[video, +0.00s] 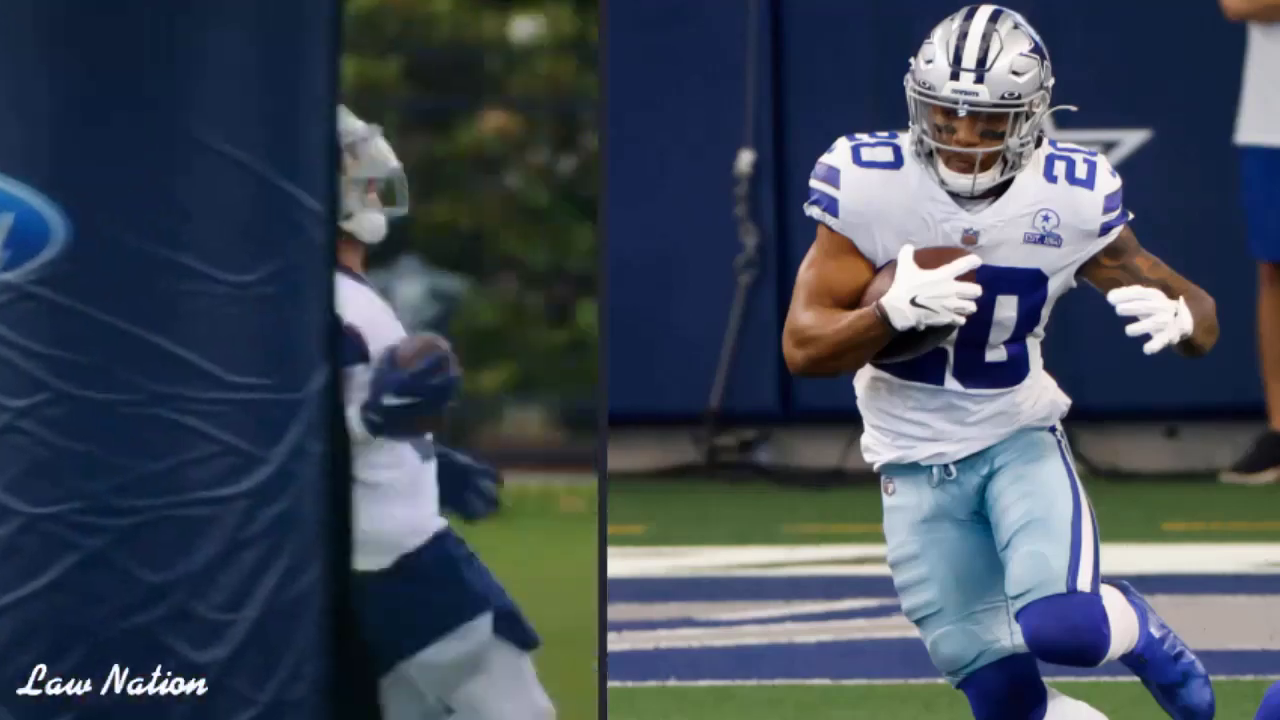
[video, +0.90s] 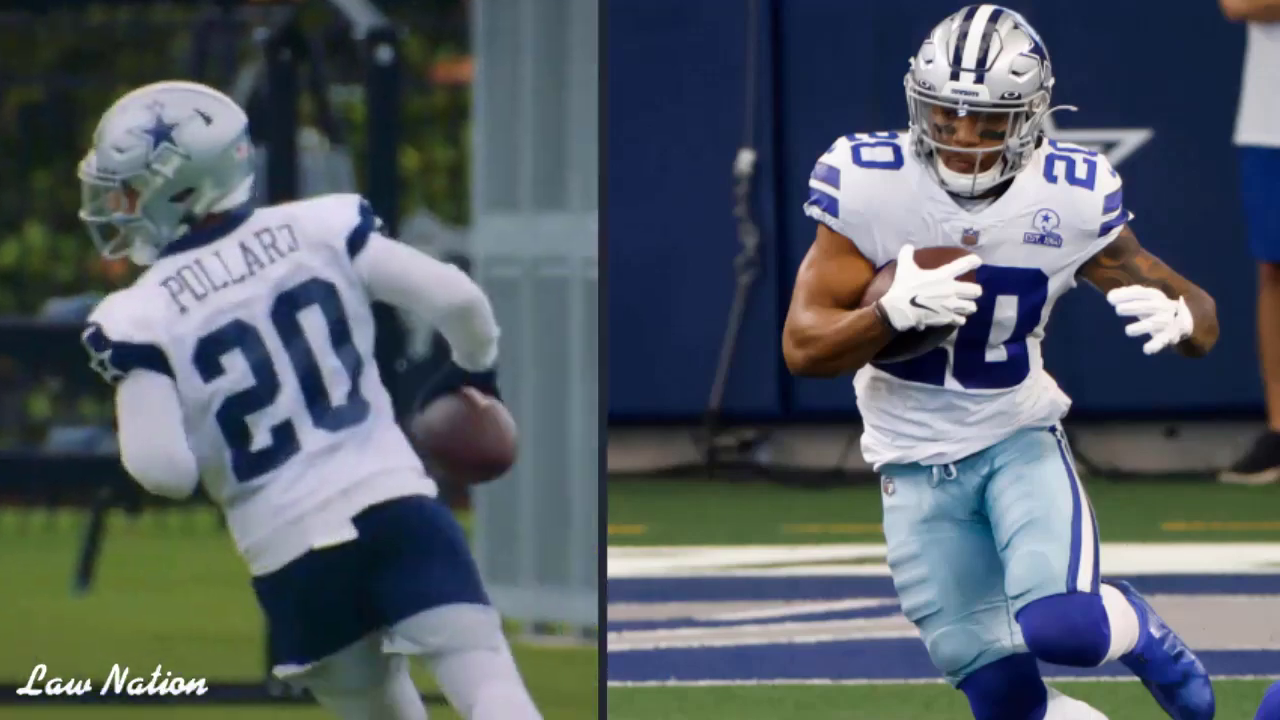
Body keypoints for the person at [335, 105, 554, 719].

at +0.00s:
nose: (377, 205)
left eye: (379, 189)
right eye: (363, 189)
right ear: (322, 196)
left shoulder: (356, 298)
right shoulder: (319, 306)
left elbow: (359, 435)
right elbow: (292, 429)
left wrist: (430, 469)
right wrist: (368, 412)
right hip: (393, 557)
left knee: (414, 705)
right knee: (513, 703)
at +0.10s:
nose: (406, 143)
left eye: (401, 127)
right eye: (396, 127)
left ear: (295, 159)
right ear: (374, 137)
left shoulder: (287, 272)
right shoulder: (365, 249)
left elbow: (253, 400)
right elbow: (372, 382)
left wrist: (355, 435)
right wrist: (491, 387)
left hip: (387, 516)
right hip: (428, 510)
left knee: (559, 681)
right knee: (473, 698)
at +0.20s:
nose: (437, 151)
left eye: (429, 138)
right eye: (429, 137)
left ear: (332, 173)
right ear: (423, 145)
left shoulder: (323, 279)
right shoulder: (422, 242)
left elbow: (289, 407)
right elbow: (443, 362)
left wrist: (397, 423)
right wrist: (564, 358)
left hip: (428, 511)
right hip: (486, 496)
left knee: (578, 681)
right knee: (547, 683)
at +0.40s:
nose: (411, 178)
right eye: (403, 164)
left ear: (305, 217)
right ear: (398, 178)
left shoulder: (315, 336)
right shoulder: (382, 279)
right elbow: (375, 404)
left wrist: (492, 380)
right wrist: (480, 363)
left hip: (406, 593)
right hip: (492, 553)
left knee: (534, 715)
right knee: (599, 693)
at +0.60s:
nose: (394, 172)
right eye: (389, 161)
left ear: (292, 219)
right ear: (389, 174)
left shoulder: (298, 332)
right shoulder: (410, 271)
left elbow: (348, 476)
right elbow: (435, 401)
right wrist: (565, 381)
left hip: (405, 576)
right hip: (512, 539)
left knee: (488, 708)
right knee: (609, 698)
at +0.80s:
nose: (199, 217)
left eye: (208, 201)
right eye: (196, 202)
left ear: (243, 206)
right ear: (315, 181)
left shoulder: (199, 326)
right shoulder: (399, 242)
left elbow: (203, 469)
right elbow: (537, 327)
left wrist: (288, 471)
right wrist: (516, 359)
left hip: (356, 582)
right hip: (466, 540)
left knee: (432, 707)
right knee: (535, 703)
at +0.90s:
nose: (115, 211)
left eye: (126, 193)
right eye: (112, 194)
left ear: (168, 191)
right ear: (228, 171)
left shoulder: (136, 314)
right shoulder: (323, 224)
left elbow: (163, 469)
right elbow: (458, 297)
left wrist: (204, 465)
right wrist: (478, 381)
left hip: (295, 569)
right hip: (401, 516)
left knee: (384, 706)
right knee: (490, 690)